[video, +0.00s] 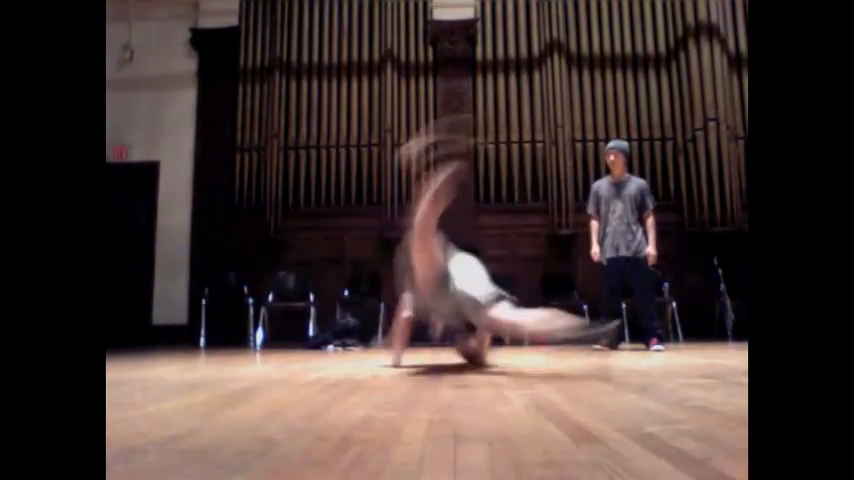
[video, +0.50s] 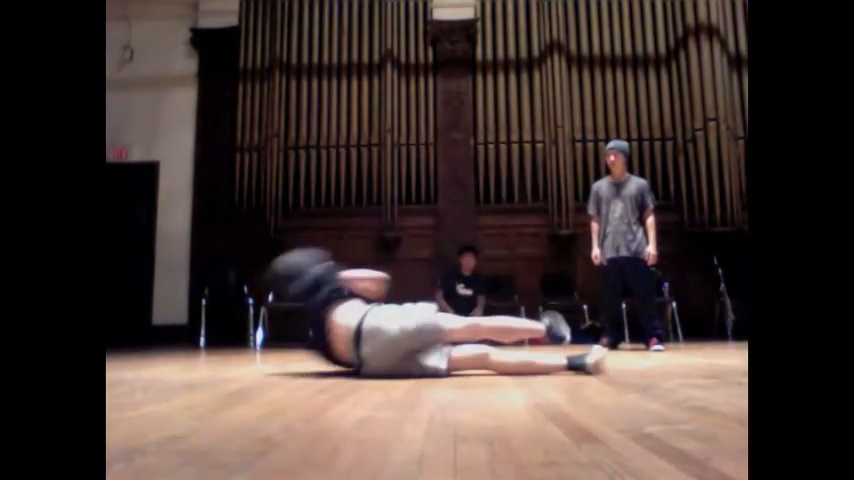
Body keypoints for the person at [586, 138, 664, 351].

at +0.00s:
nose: (611, 159)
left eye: (616, 155)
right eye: (609, 155)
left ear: (625, 157)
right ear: (606, 159)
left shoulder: (639, 185)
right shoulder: (598, 187)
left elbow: (648, 216)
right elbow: (594, 218)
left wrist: (651, 245)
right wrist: (595, 244)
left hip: (635, 250)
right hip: (610, 251)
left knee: (644, 296)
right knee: (610, 297)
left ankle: (653, 337)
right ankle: (609, 337)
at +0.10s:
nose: (612, 159)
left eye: (616, 155)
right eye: (609, 155)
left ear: (625, 158)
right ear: (606, 159)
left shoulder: (639, 185)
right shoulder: (598, 187)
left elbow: (648, 215)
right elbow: (595, 217)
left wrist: (651, 244)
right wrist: (596, 243)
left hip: (636, 251)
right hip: (610, 252)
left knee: (645, 297)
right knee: (611, 297)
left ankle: (653, 336)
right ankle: (609, 337)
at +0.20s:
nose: (612, 159)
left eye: (616, 155)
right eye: (609, 155)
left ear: (625, 158)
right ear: (606, 159)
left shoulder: (639, 185)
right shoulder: (598, 187)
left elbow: (648, 215)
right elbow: (595, 218)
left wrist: (651, 244)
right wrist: (596, 243)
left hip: (636, 251)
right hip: (610, 251)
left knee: (645, 297)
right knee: (610, 299)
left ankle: (653, 337)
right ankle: (610, 338)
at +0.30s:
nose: (612, 159)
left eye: (616, 155)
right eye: (609, 155)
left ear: (625, 158)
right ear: (606, 159)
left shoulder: (639, 185)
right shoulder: (598, 187)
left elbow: (648, 215)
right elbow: (595, 218)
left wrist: (651, 244)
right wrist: (596, 244)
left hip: (636, 251)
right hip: (610, 251)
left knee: (645, 297)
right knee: (610, 299)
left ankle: (653, 337)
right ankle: (610, 338)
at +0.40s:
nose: (612, 159)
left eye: (616, 155)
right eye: (609, 155)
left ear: (625, 158)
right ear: (606, 159)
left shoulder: (640, 185)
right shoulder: (598, 188)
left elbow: (649, 215)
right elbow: (595, 219)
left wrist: (652, 244)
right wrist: (595, 246)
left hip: (636, 251)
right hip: (610, 252)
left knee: (645, 297)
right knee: (610, 299)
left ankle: (653, 337)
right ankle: (608, 337)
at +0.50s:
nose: (612, 159)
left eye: (616, 155)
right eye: (609, 155)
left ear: (625, 158)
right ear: (606, 160)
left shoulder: (640, 185)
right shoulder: (598, 188)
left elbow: (649, 215)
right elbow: (595, 219)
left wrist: (652, 245)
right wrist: (595, 246)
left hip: (636, 251)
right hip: (610, 252)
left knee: (645, 297)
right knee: (610, 299)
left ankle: (653, 336)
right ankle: (609, 337)